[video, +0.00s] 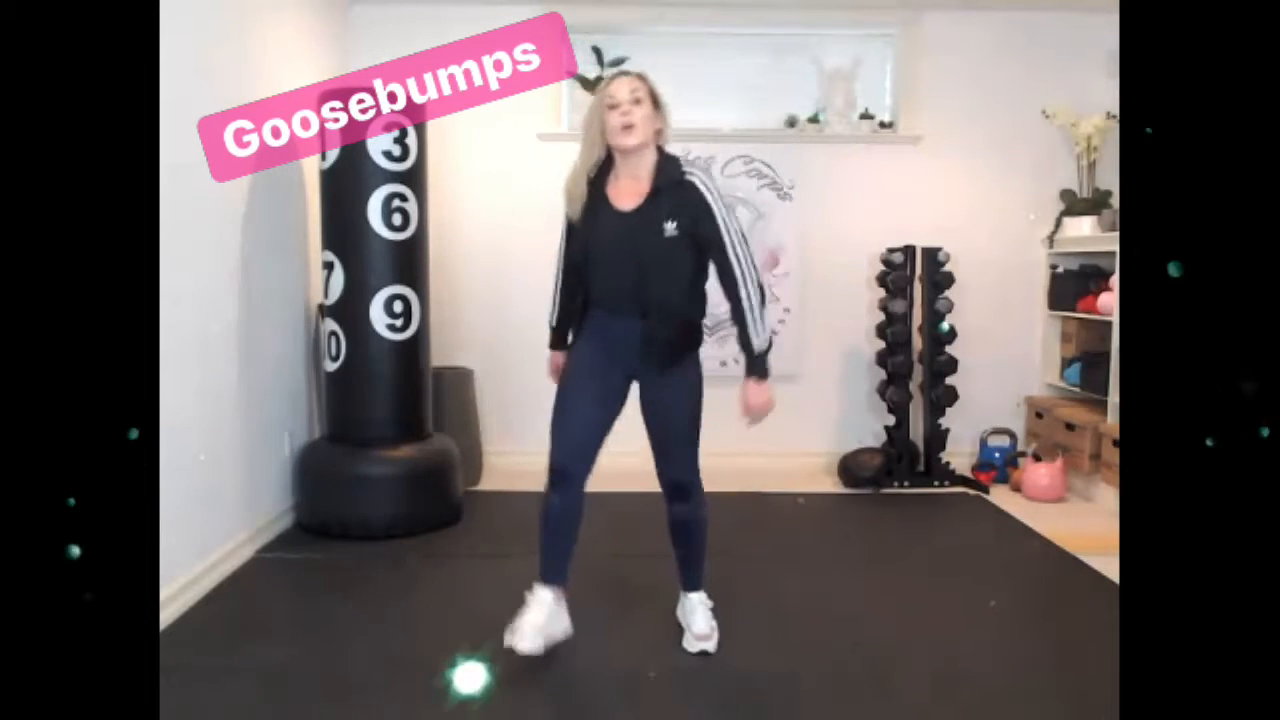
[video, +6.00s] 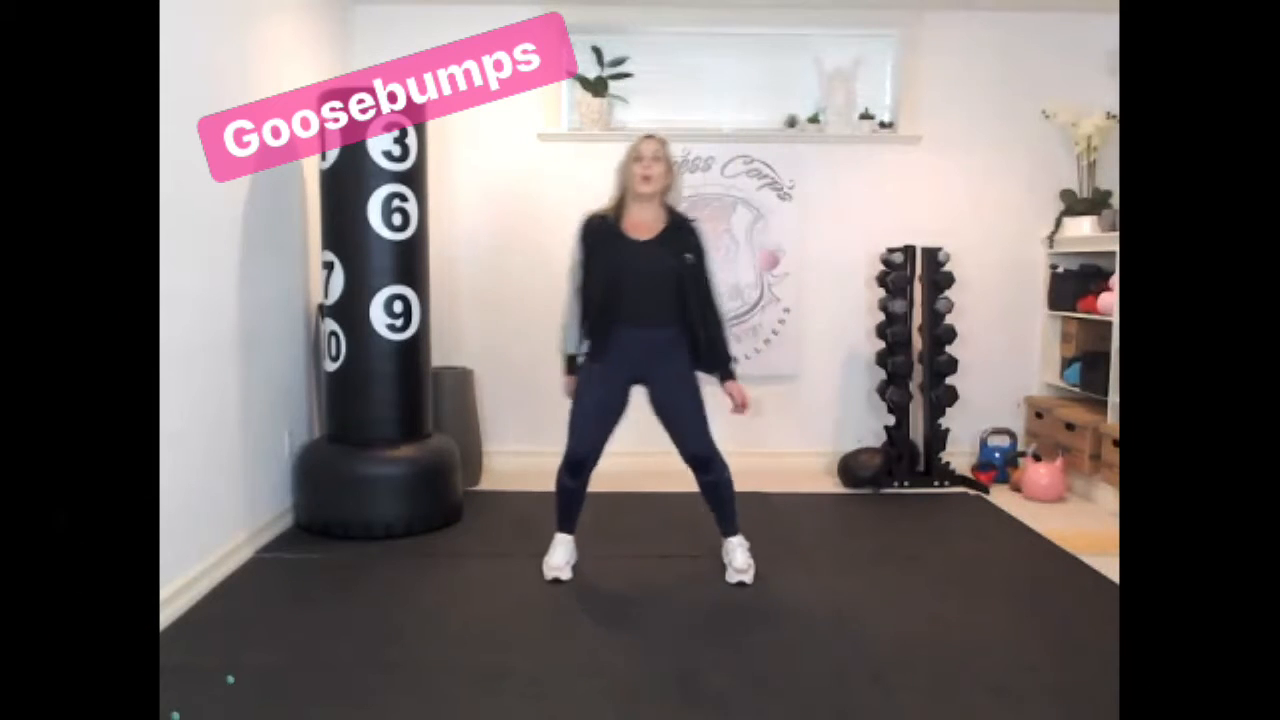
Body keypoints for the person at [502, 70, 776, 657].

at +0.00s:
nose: (625, 113)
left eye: (636, 103)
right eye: (613, 106)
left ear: (657, 118)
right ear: (599, 124)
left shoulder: (689, 188)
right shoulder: (587, 190)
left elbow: (738, 273)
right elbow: (572, 269)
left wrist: (756, 368)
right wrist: (560, 340)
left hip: (670, 349)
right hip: (599, 345)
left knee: (681, 480)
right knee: (565, 468)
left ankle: (693, 596)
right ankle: (549, 596)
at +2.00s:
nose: (675, 166)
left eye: (684, 157)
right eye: (666, 159)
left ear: (700, 165)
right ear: (655, 169)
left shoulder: (722, 225)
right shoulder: (636, 227)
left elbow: (748, 293)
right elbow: (628, 296)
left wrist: (757, 360)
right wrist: (621, 357)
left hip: (707, 352)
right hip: (647, 351)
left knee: (730, 454)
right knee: (604, 446)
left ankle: (743, 546)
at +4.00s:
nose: (634, 189)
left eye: (639, 179)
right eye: (624, 182)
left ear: (648, 180)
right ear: (606, 187)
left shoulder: (667, 234)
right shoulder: (583, 240)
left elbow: (691, 304)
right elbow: (559, 305)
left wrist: (715, 371)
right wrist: (532, 368)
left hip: (658, 361)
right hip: (598, 362)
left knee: (698, 454)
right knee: (563, 458)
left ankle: (739, 539)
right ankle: (541, 540)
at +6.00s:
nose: (647, 168)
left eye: (656, 161)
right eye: (639, 160)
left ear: (669, 173)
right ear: (626, 170)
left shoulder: (682, 232)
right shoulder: (598, 229)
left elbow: (703, 305)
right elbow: (580, 298)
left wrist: (726, 374)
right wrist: (571, 364)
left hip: (669, 356)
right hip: (609, 356)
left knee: (701, 454)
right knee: (579, 455)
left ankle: (733, 540)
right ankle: (563, 539)